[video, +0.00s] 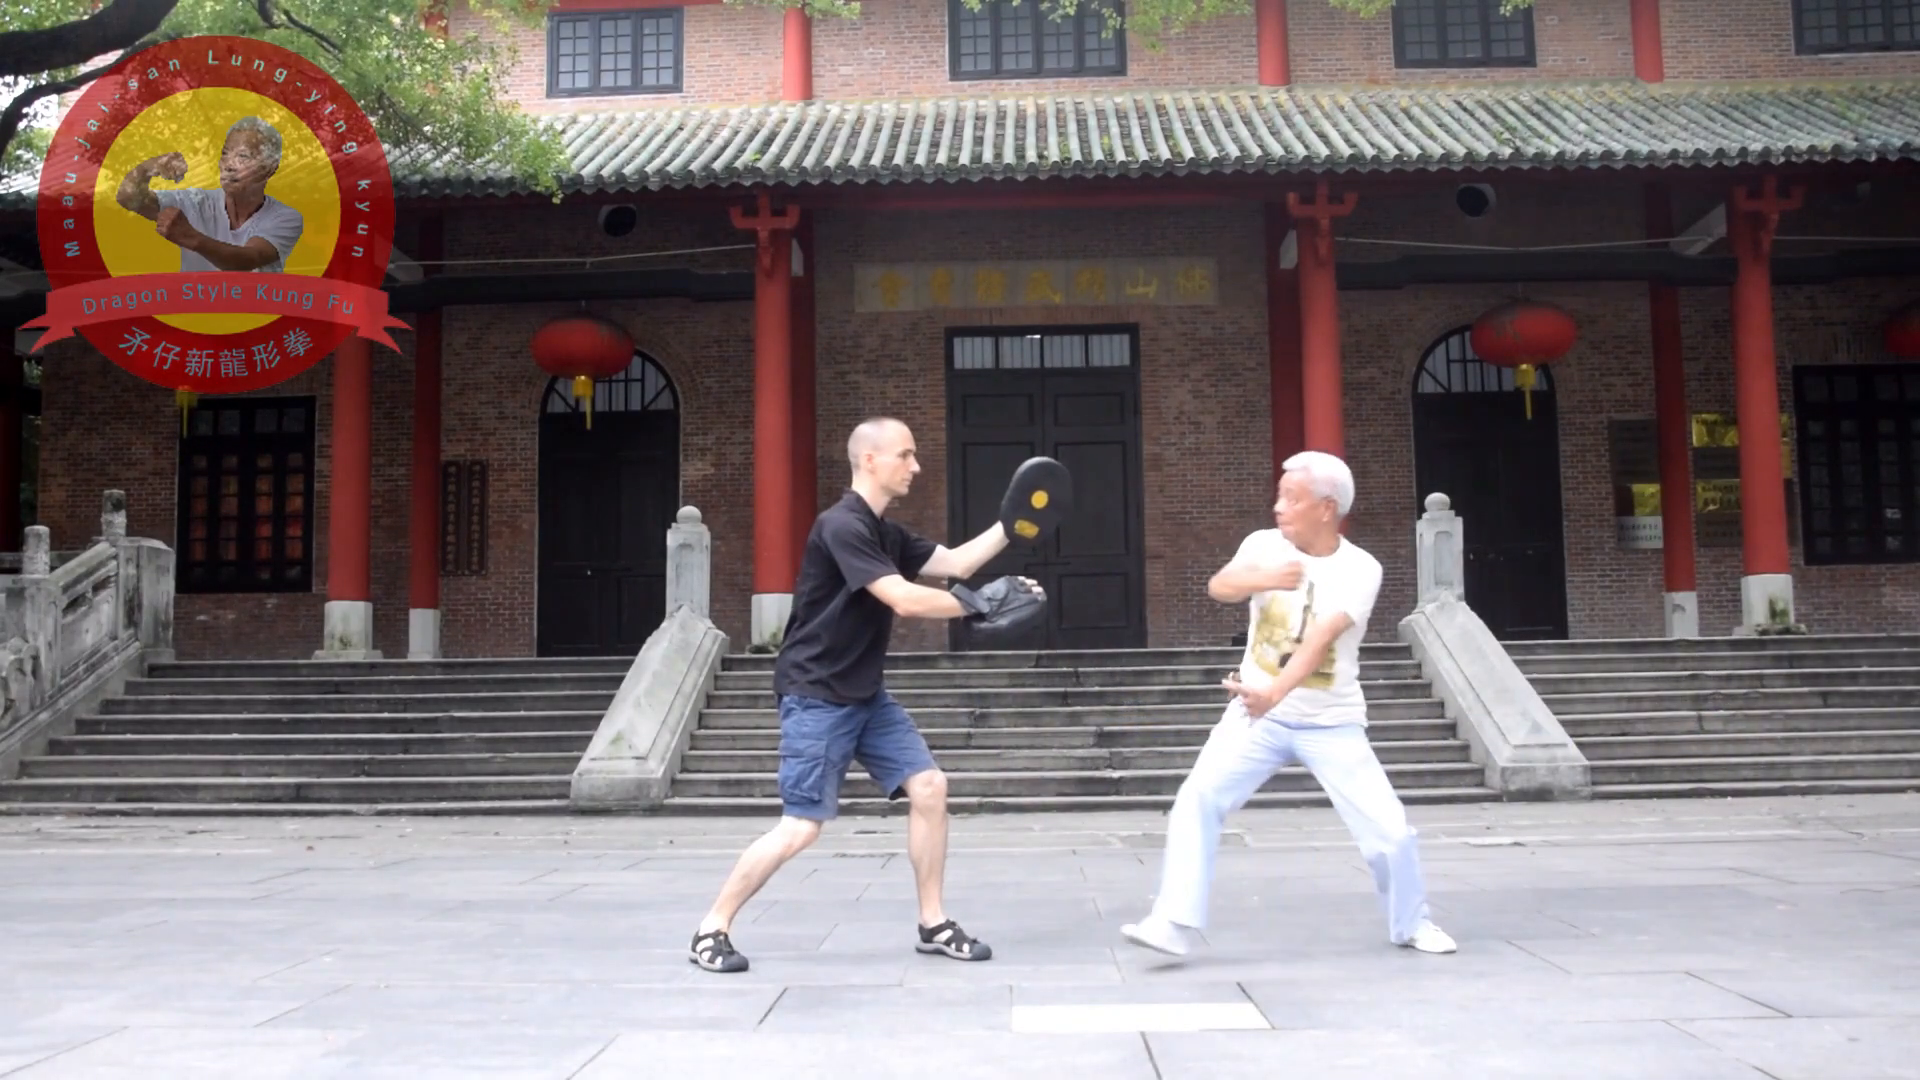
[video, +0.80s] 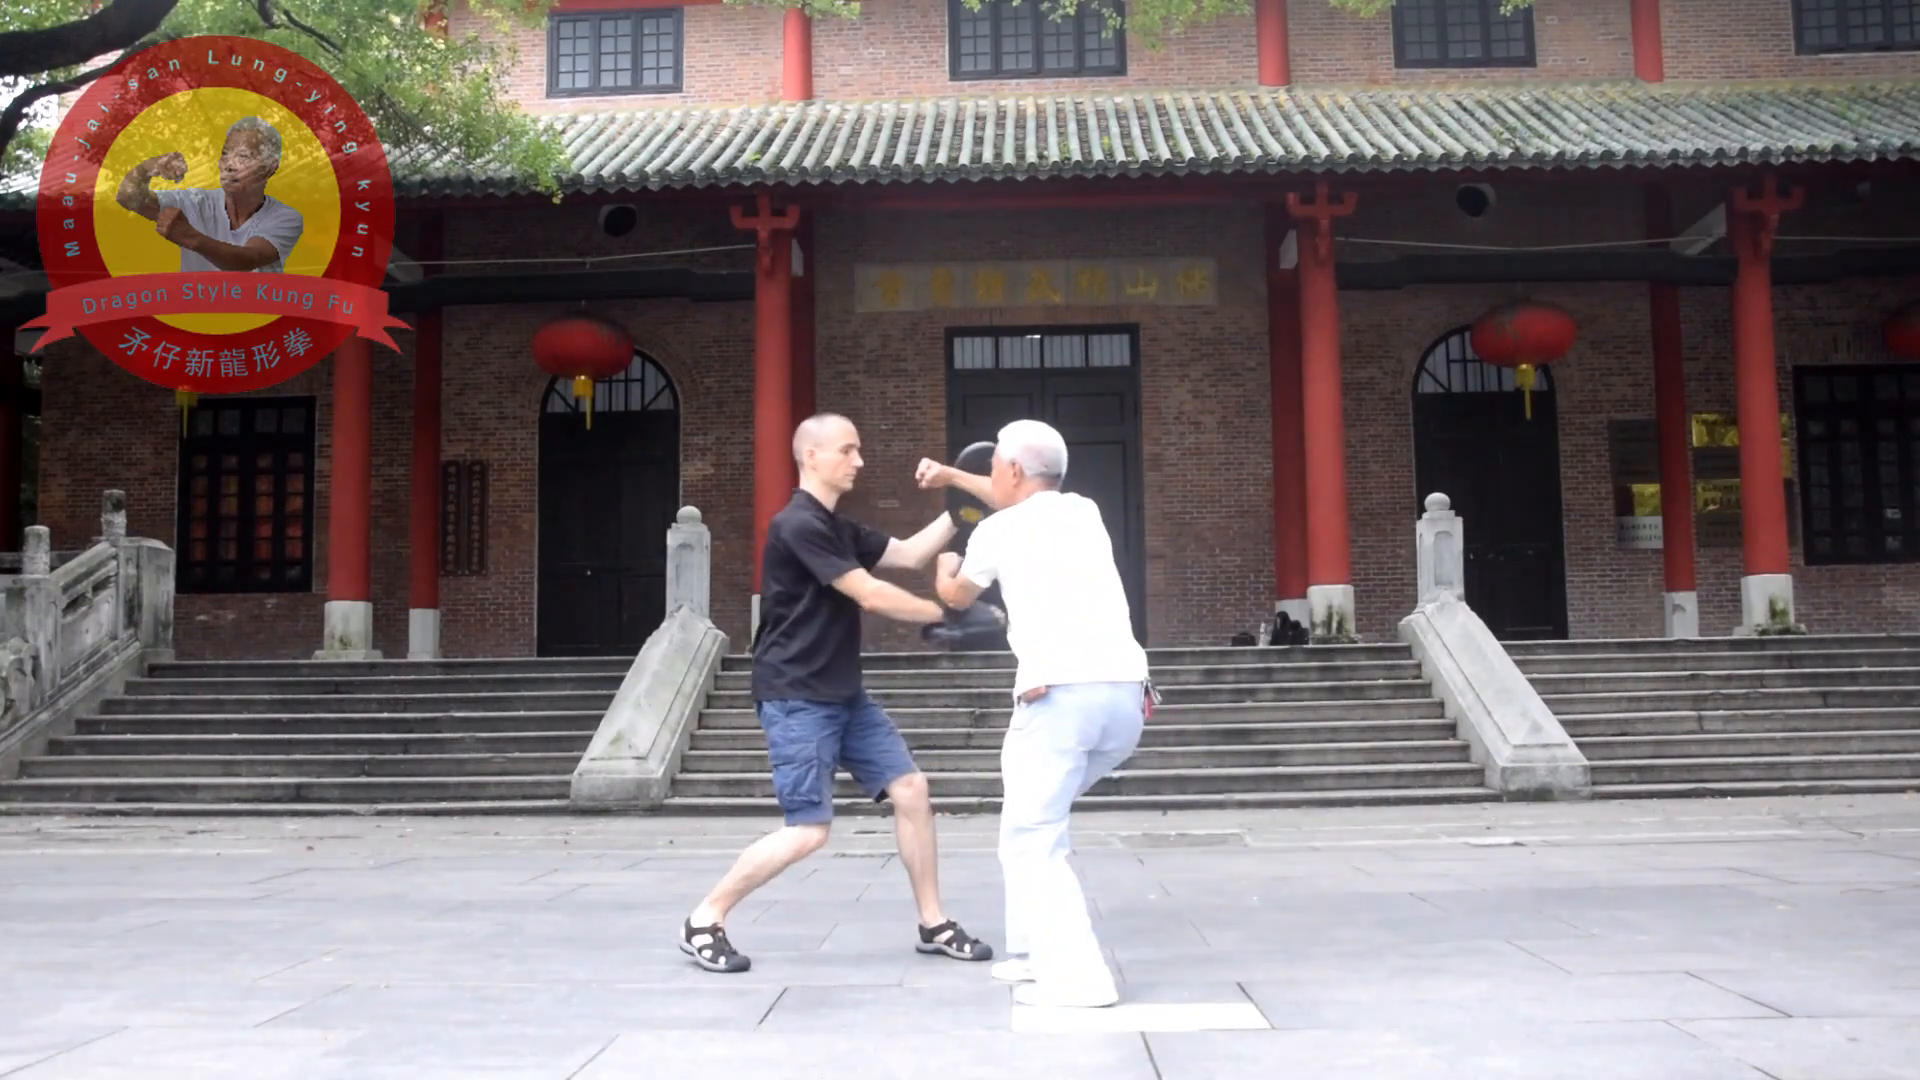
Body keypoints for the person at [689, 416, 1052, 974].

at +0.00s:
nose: (916, 466)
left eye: (914, 456)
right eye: (905, 455)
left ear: (879, 464)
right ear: (869, 462)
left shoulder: (884, 530)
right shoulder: (841, 525)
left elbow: (954, 564)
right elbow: (904, 601)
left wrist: (1013, 524)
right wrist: (983, 603)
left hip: (867, 695)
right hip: (816, 696)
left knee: (929, 789)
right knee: (802, 827)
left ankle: (934, 924)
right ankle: (712, 929)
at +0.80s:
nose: (858, 460)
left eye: (858, 451)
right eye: (847, 451)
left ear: (840, 460)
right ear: (810, 457)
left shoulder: (836, 523)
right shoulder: (798, 524)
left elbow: (909, 554)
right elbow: (871, 597)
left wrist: (961, 508)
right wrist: (947, 612)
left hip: (844, 693)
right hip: (794, 695)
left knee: (910, 790)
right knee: (808, 831)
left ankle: (934, 924)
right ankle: (705, 918)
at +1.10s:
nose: (781, 465)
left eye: (781, 455)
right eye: (770, 455)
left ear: (756, 463)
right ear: (733, 461)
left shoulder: (751, 532)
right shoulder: (711, 525)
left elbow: (780, 600)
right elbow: (736, 598)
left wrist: (848, 584)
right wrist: (796, 651)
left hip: (739, 689)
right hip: (696, 692)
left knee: (806, 782)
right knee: (756, 812)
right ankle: (685, 934)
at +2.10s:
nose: (616, 460)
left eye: (615, 451)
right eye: (602, 451)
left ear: (611, 460)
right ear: (566, 462)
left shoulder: (617, 530)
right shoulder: (540, 518)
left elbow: (641, 583)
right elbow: (591, 521)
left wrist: (671, 615)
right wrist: (642, 466)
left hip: (571, 683)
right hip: (545, 681)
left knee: (525, 814)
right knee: (636, 786)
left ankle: (429, 922)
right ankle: (628, 937)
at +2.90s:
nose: (603, 467)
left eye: (603, 458)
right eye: (591, 457)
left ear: (573, 467)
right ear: (556, 464)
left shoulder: (587, 530)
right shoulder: (535, 515)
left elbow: (615, 600)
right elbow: (583, 528)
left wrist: (656, 623)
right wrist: (630, 479)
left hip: (553, 686)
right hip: (536, 686)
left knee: (565, 822)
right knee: (632, 785)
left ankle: (450, 894)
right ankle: (629, 935)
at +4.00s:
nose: (417, 478)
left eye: (418, 469)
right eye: (406, 468)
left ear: (410, 477)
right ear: (370, 473)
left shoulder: (404, 538)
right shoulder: (347, 535)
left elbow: (474, 560)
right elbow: (407, 596)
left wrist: (523, 515)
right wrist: (485, 612)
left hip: (390, 701)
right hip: (327, 703)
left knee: (441, 788)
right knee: (289, 824)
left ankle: (453, 915)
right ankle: (224, 920)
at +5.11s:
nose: (292, 489)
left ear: (307, 489)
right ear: (257, 487)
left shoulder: (315, 538)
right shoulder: (238, 539)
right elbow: (257, 608)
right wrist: (306, 671)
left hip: (306, 697)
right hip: (250, 699)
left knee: (366, 801)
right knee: (266, 822)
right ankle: (181, 923)